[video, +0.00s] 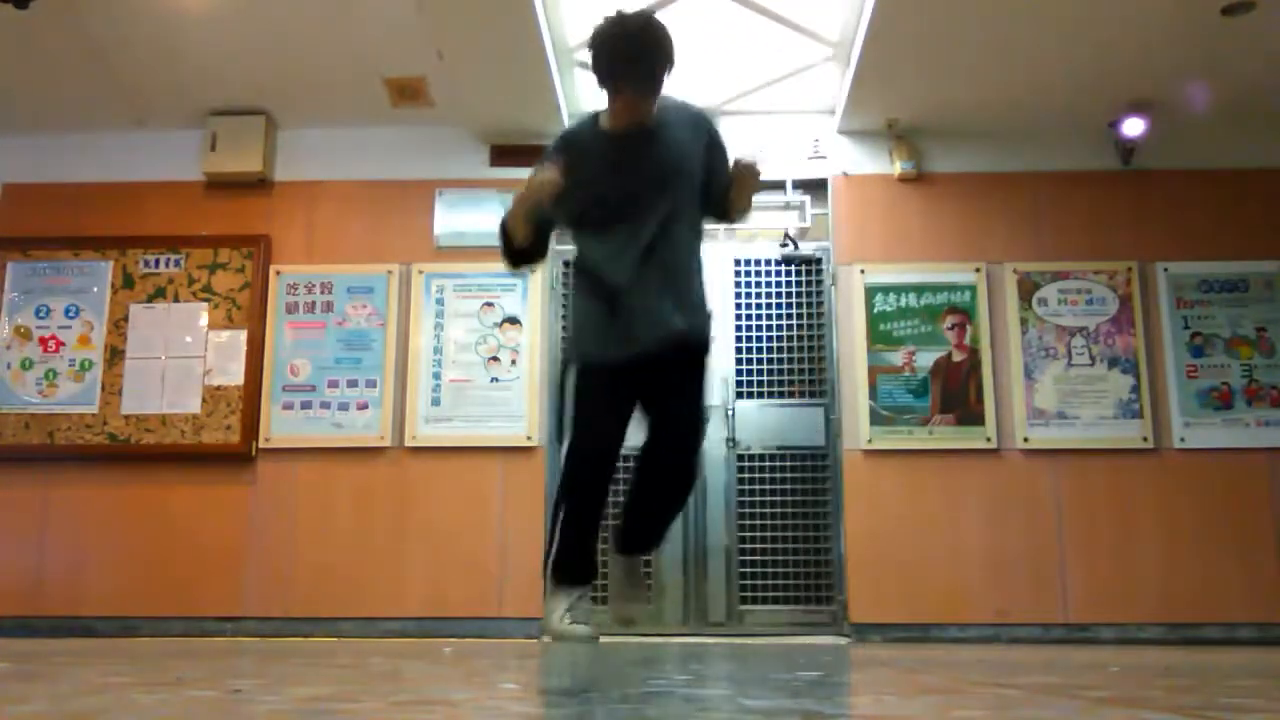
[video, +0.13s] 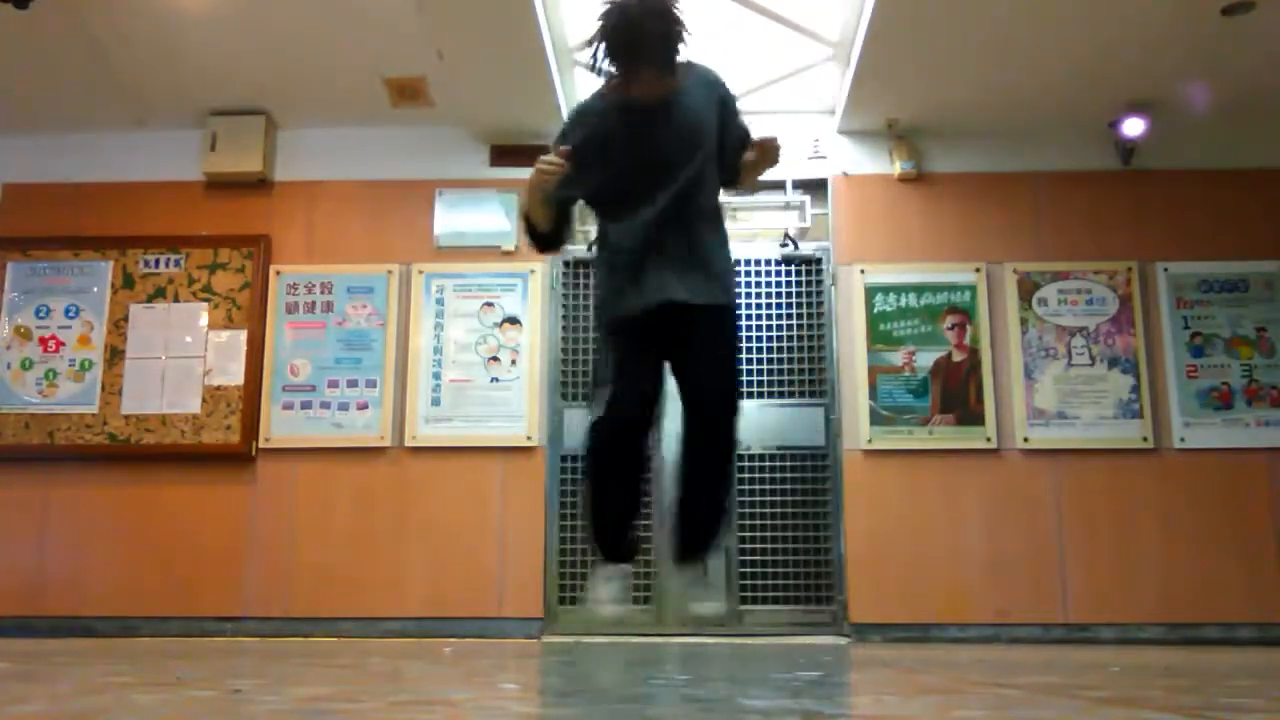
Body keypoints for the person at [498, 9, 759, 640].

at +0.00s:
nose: (640, 105)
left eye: (649, 92)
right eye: (629, 92)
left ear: (662, 79)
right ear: (606, 82)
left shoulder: (691, 130)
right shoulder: (575, 147)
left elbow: (719, 205)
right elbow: (520, 249)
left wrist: (738, 192)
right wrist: (531, 201)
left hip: (677, 320)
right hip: (601, 325)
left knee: (678, 451)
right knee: (593, 452)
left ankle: (633, 549)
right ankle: (569, 588)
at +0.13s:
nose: (651, 90)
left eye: (660, 77)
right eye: (637, 80)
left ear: (674, 59)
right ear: (615, 68)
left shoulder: (704, 90)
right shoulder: (590, 123)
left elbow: (730, 173)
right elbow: (548, 231)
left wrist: (752, 162)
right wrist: (539, 193)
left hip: (703, 282)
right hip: (629, 288)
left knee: (713, 417)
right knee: (627, 413)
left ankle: (694, 563)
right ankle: (612, 564)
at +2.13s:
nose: (769, 11)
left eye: (777, 5)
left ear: (781, 16)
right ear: (728, 1)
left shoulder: (772, 89)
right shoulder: (658, 71)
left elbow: (735, 184)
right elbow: (550, 120)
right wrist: (427, 157)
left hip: (742, 283)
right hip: (666, 276)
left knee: (731, 466)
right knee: (684, 431)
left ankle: (573, 557)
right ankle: (627, 597)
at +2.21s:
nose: (749, 15)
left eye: (757, 7)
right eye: (741, 3)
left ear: (760, 12)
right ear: (710, 0)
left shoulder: (764, 82)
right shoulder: (646, 61)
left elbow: (786, 168)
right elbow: (561, 96)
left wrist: (841, 186)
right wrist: (517, 113)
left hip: (717, 275)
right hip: (641, 268)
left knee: (738, 441)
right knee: (674, 428)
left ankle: (599, 536)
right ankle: (629, 595)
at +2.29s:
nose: (736, 7)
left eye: (743, 2)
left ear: (749, 4)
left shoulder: (754, 53)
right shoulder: (646, 21)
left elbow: (812, 109)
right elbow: (645, 66)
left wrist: (887, 120)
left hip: (678, 240)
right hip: (603, 236)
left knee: (740, 370)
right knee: (627, 390)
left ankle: (673, 533)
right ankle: (625, 571)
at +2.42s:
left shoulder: (736, 22)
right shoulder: (684, 18)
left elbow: (811, 58)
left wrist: (893, 88)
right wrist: (886, 83)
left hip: (638, 225)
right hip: (576, 217)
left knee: (699, 370)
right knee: (600, 388)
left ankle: (716, 518)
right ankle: (587, 575)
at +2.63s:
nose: (741, 38)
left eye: (751, 27)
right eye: (739, 20)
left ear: (744, 27)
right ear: (705, 5)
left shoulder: (718, 105)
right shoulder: (632, 51)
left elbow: (746, 177)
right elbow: (551, 91)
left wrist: (781, 224)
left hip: (666, 287)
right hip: (594, 283)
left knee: (721, 429)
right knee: (626, 432)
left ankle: (632, 587)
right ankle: (594, 594)